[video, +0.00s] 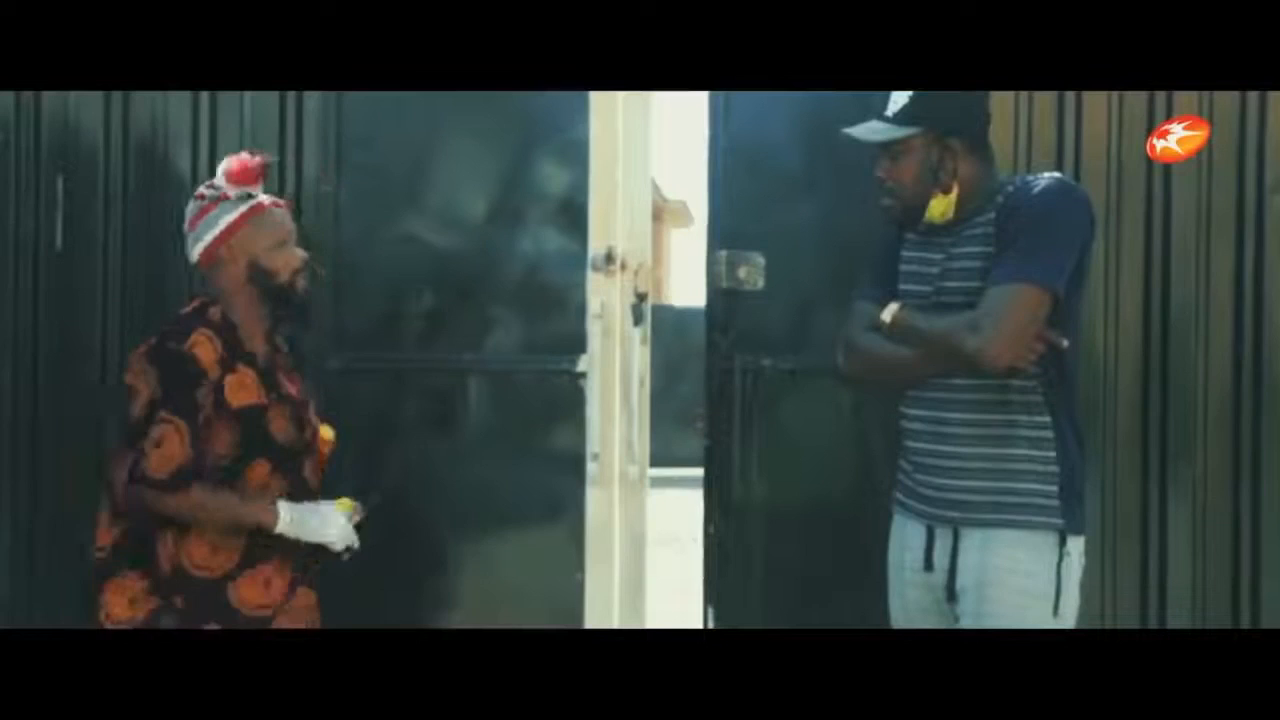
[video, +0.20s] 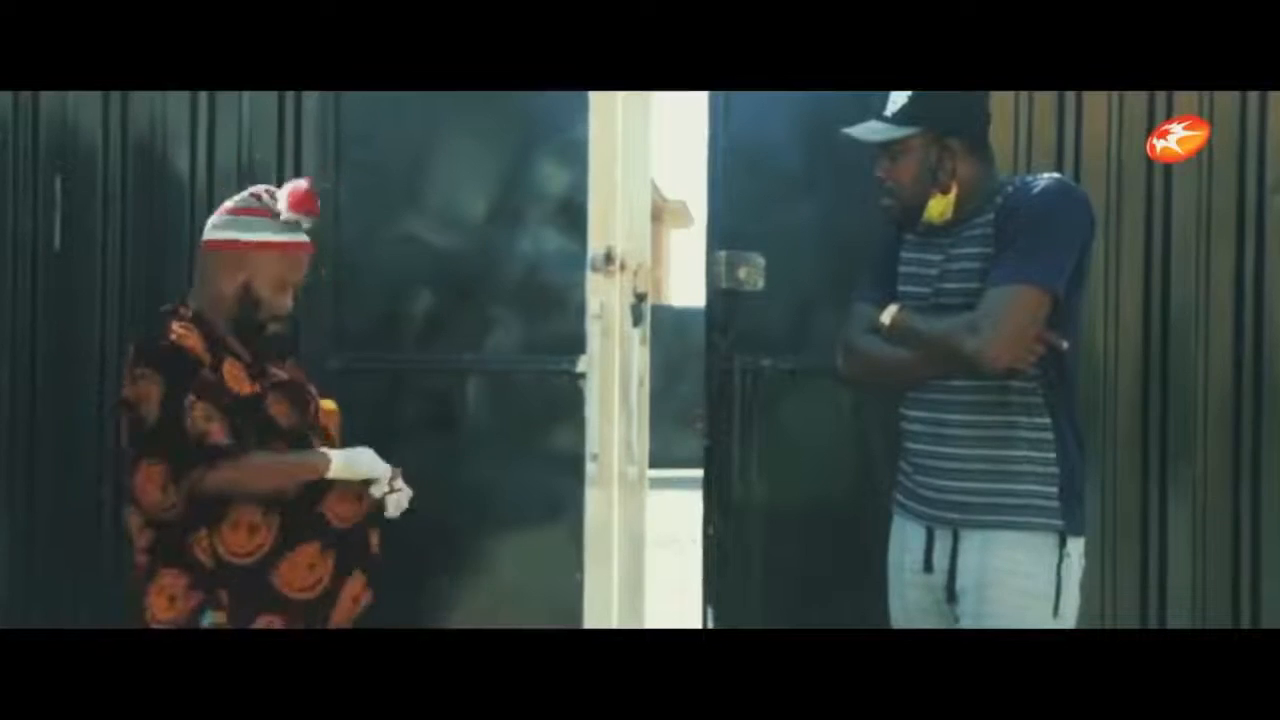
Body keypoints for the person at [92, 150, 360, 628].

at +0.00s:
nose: (302, 258)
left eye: (296, 242)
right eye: (282, 246)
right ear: (229, 260)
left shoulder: (274, 351)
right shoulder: (178, 356)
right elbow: (147, 484)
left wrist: (314, 512)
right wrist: (284, 518)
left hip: (267, 609)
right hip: (185, 612)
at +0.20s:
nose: (290, 307)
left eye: (295, 291)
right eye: (282, 289)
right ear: (235, 281)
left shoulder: (277, 367)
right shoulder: (169, 358)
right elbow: (181, 480)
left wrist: (359, 497)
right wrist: (323, 466)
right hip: (207, 608)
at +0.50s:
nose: (282, 244)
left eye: (280, 231)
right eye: (262, 233)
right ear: (215, 253)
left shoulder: (279, 356)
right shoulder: (184, 344)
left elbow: (286, 463)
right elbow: (231, 472)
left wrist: (352, 487)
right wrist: (311, 400)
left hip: (273, 595)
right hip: (195, 599)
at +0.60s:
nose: (281, 237)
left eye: (275, 225)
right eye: (257, 224)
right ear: (212, 254)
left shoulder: (282, 356)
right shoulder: (184, 344)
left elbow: (286, 464)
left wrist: (342, 484)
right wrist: (299, 429)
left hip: (273, 590)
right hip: (196, 597)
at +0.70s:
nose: (276, 231)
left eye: (268, 220)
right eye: (250, 220)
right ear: (207, 255)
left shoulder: (287, 356)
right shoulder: (187, 340)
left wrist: (332, 479)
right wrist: (305, 419)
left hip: (267, 574)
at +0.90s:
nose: (281, 230)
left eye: (276, 221)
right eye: (257, 220)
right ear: (216, 249)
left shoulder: (286, 356)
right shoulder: (189, 342)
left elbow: (275, 493)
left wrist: (330, 469)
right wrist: (301, 424)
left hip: (271, 582)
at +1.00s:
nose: (295, 242)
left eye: (285, 224)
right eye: (271, 222)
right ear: (229, 254)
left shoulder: (283, 355)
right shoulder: (192, 347)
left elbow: (276, 465)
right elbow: (242, 453)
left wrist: (341, 466)